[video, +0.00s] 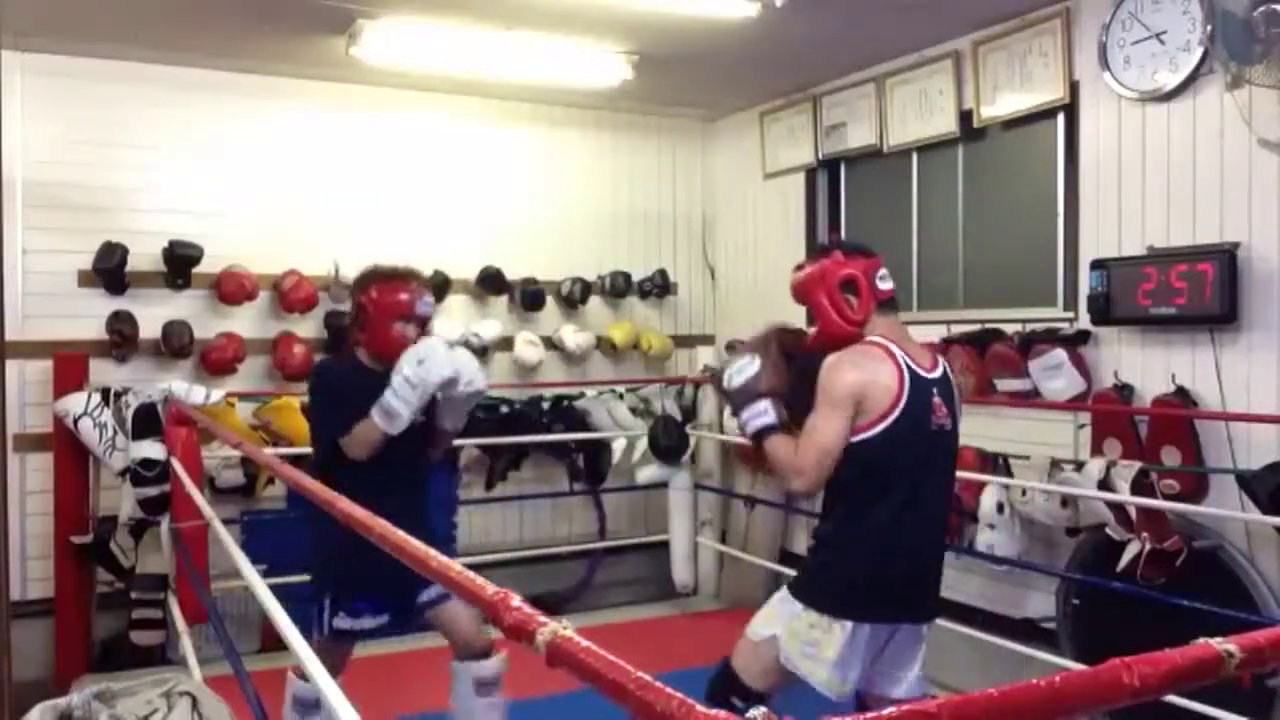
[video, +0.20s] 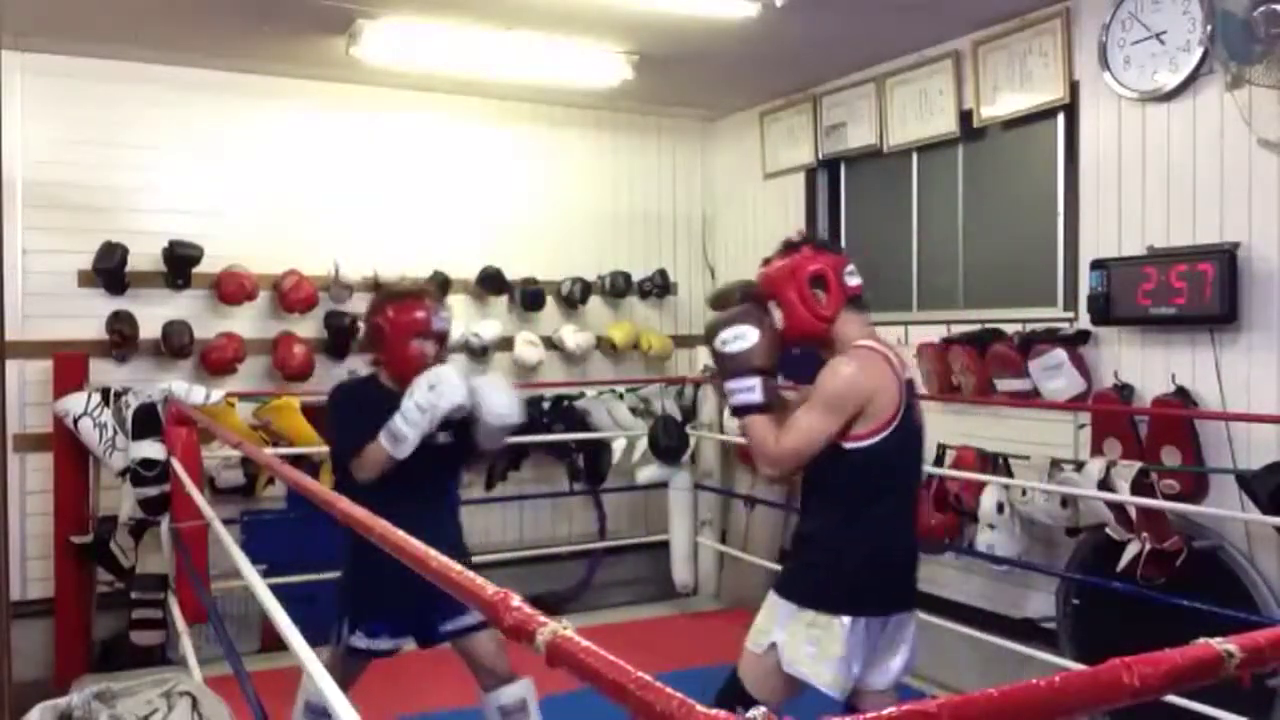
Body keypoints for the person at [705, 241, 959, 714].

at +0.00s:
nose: (814, 323)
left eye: (815, 308)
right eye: (811, 309)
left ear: (847, 298)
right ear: (876, 293)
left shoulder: (850, 367)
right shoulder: (935, 366)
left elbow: (802, 473)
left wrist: (754, 406)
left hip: (844, 585)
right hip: (916, 587)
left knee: (731, 695)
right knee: (886, 711)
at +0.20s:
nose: (780, 323)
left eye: (782, 307)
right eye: (775, 309)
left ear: (817, 297)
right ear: (831, 291)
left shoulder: (852, 371)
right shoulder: (892, 359)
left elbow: (773, 456)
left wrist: (743, 382)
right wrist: (770, 392)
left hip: (828, 584)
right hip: (888, 582)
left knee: (735, 708)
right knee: (876, 709)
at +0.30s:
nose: (756, 335)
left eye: (758, 320)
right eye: (752, 322)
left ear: (794, 310)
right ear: (804, 305)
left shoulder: (839, 385)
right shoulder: (861, 368)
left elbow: (759, 470)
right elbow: (767, 426)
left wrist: (724, 396)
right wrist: (741, 379)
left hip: (810, 597)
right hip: (868, 595)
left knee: (723, 707)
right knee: (859, 708)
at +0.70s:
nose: (805, 322)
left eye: (809, 306)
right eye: (804, 306)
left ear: (837, 298)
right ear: (871, 297)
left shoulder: (829, 365)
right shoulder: (916, 370)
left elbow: (799, 475)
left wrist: (741, 425)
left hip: (806, 584)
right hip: (879, 587)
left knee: (716, 702)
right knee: (867, 712)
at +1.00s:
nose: (752, 337)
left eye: (753, 324)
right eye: (748, 326)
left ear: (787, 313)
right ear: (801, 309)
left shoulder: (820, 389)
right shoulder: (855, 375)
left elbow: (751, 481)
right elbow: (775, 460)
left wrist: (720, 402)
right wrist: (740, 395)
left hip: (794, 596)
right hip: (856, 596)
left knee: (684, 690)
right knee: (850, 710)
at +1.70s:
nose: (579, 321)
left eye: (584, 307)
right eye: (580, 308)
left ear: (601, 307)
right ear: (663, 313)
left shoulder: (567, 382)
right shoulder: (709, 393)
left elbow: (508, 488)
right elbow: (693, 460)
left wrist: (523, 408)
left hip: (576, 629)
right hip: (672, 630)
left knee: (547, 708)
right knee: (683, 713)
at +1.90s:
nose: (597, 270)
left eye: (601, 257)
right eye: (600, 258)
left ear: (614, 260)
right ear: (683, 266)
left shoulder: (574, 337)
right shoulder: (731, 353)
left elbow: (523, 446)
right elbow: (728, 465)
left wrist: (581, 428)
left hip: (585, 581)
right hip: (682, 586)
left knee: (566, 707)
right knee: (684, 710)